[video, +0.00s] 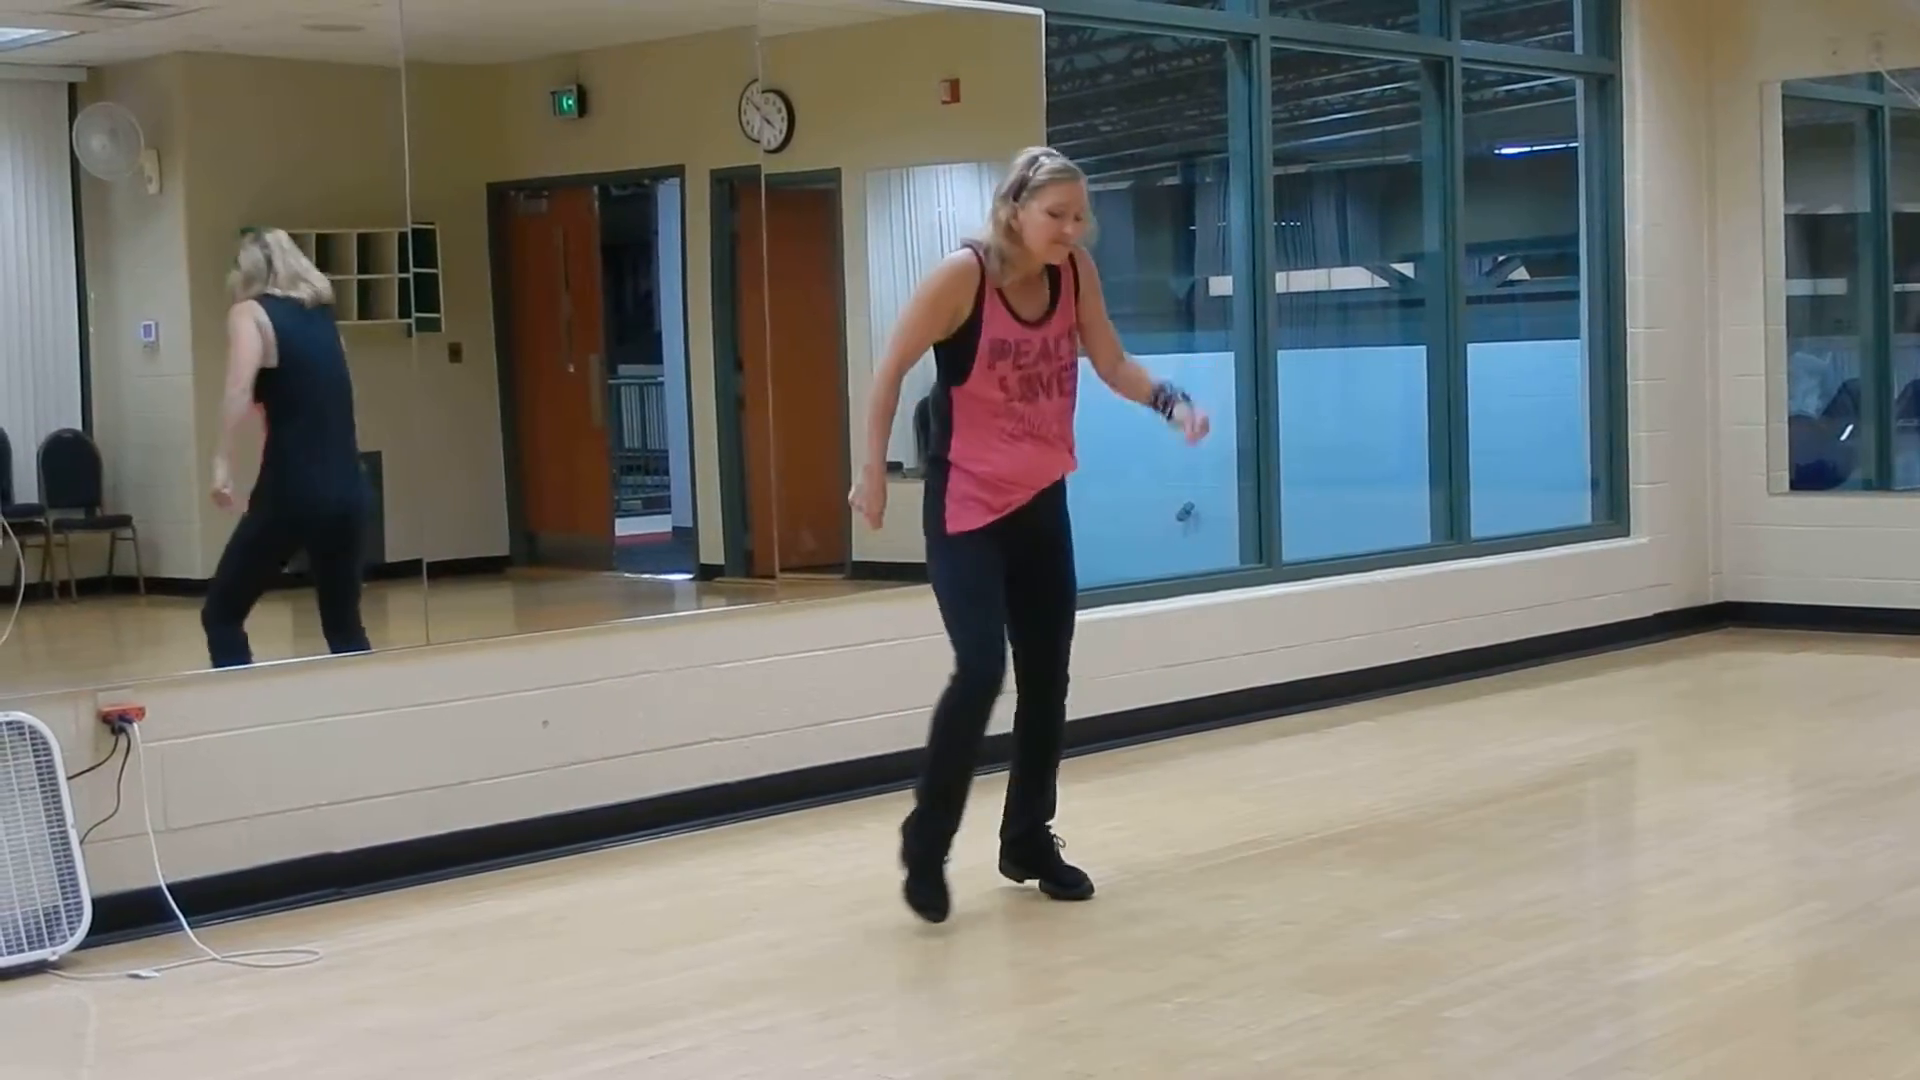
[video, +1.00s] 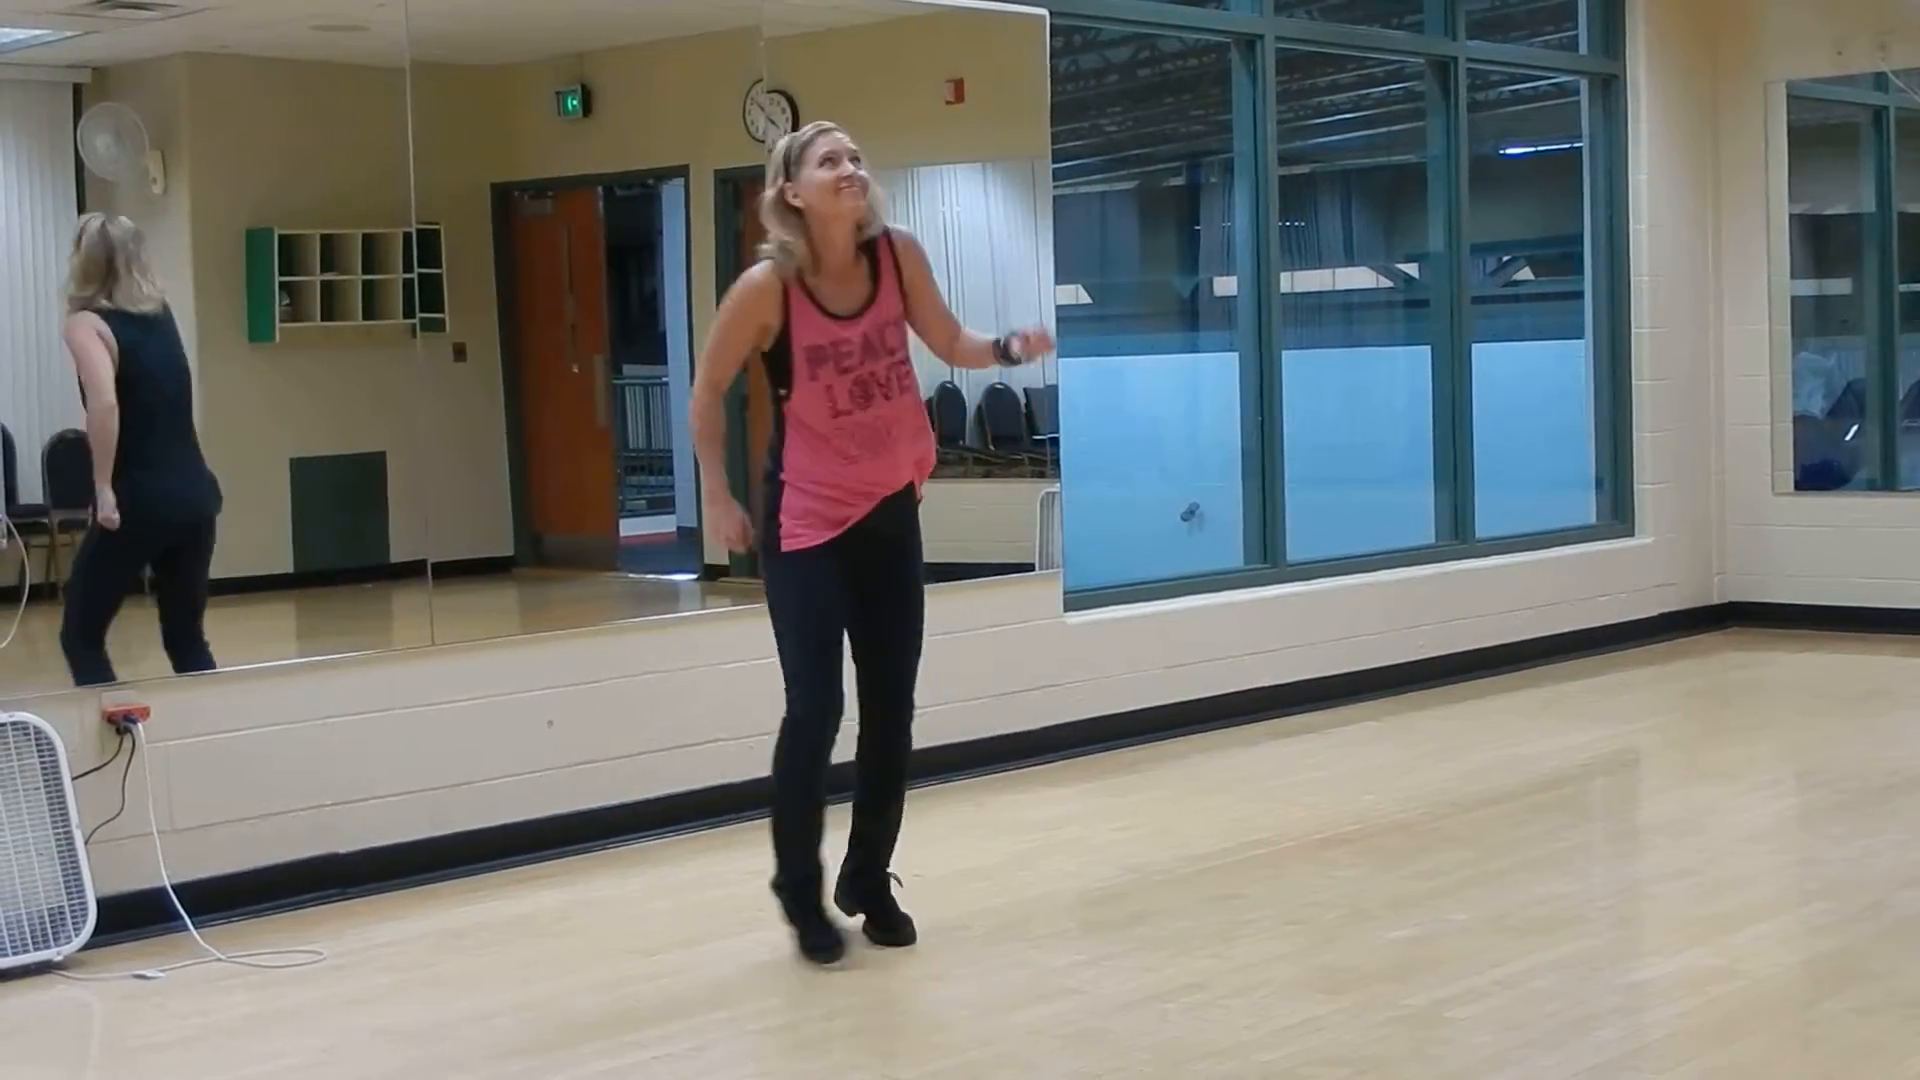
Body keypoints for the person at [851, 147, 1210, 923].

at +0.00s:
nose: (1069, 229)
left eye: (1077, 217)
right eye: (1056, 215)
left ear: (1082, 220)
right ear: (1014, 212)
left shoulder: (1075, 273)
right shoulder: (962, 278)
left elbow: (1114, 365)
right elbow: (890, 370)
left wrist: (1167, 397)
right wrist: (872, 472)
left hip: (1041, 499)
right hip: (965, 504)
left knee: (1046, 678)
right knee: (981, 671)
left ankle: (1027, 843)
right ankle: (925, 846)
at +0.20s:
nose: (1044, 222)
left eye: (1052, 207)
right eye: (1027, 209)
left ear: (1061, 210)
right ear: (986, 214)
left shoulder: (1065, 279)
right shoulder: (950, 284)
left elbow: (1075, 375)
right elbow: (860, 362)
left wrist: (1091, 470)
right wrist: (905, 448)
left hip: (1022, 513)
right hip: (941, 516)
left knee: (1028, 687)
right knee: (905, 695)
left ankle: (1032, 839)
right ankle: (864, 877)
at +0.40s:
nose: (989, 200)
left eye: (992, 188)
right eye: (970, 192)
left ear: (1004, 206)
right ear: (931, 220)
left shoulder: (1011, 298)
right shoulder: (901, 301)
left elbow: (1000, 390)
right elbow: (847, 407)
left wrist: (1004, 422)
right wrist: (925, 427)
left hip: (961, 520)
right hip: (883, 526)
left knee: (1009, 685)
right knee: (869, 716)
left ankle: (1030, 829)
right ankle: (840, 902)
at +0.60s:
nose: (924, 198)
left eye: (922, 186)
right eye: (902, 196)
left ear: (933, 207)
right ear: (869, 233)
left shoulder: (958, 296)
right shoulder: (860, 312)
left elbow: (944, 400)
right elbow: (843, 426)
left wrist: (977, 453)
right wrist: (878, 504)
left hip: (913, 537)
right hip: (836, 539)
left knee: (972, 711)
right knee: (846, 729)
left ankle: (926, 819)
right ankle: (838, 910)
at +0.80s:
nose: (881, 197)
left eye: (882, 186)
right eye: (857, 195)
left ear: (897, 211)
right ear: (828, 234)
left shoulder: (925, 300)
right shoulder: (825, 319)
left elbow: (939, 410)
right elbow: (786, 443)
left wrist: (988, 360)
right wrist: (769, 555)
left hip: (899, 547)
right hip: (818, 556)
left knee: (918, 729)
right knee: (838, 734)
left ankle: (870, 874)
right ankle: (837, 905)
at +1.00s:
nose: (848, 169)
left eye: (854, 160)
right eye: (827, 162)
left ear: (869, 184)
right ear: (789, 196)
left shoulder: (897, 254)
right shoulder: (765, 288)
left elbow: (954, 347)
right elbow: (706, 395)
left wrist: (1007, 349)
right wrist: (718, 499)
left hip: (888, 510)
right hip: (804, 522)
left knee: (890, 708)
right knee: (815, 710)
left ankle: (868, 876)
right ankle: (799, 887)